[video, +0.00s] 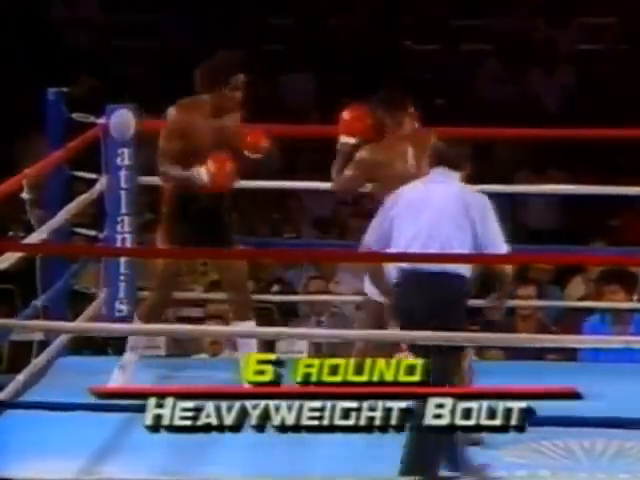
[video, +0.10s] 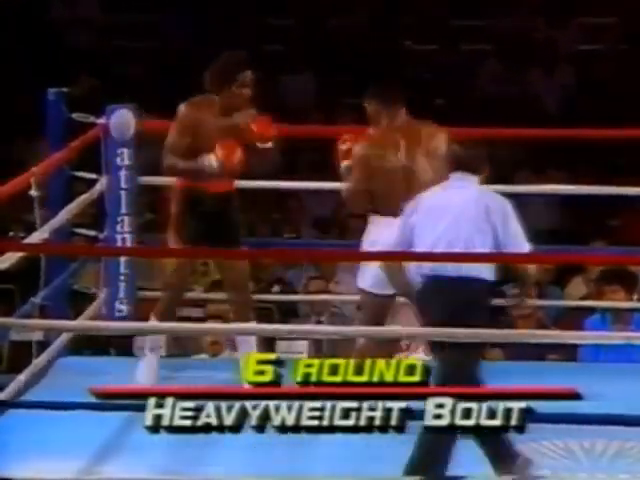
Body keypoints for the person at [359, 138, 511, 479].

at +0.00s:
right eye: (470, 170)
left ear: (430, 163)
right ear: (464, 170)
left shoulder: (401, 195)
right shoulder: (473, 199)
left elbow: (369, 252)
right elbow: (500, 260)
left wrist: (390, 292)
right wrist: (500, 298)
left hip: (408, 283)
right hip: (450, 284)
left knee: (434, 369)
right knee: (442, 374)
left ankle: (453, 454)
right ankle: (418, 465)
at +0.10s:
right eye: (489, 173)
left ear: (449, 168)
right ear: (483, 172)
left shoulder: (421, 201)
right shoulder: (494, 202)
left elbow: (391, 259)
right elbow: (520, 259)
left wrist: (411, 295)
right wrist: (528, 292)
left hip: (431, 289)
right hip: (474, 289)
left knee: (463, 379)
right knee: (451, 381)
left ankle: (507, 460)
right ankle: (424, 468)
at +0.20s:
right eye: (498, 168)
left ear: (459, 168)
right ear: (495, 170)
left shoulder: (434, 205)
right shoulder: (507, 201)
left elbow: (410, 265)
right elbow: (539, 261)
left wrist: (431, 298)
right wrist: (539, 290)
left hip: (449, 291)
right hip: (493, 290)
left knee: (479, 381)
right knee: (476, 382)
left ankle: (515, 464)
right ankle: (432, 469)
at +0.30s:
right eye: (514, 166)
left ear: (474, 168)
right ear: (512, 167)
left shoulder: (453, 202)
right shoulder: (526, 198)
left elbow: (434, 261)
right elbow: (556, 256)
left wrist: (456, 292)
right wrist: (569, 298)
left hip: (469, 290)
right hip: (513, 289)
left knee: (491, 373)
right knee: (526, 376)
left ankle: (513, 464)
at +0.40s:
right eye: (522, 161)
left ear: (486, 163)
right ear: (522, 161)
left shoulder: (464, 197)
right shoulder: (539, 194)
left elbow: (440, 256)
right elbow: (570, 255)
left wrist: (462, 286)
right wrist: (579, 308)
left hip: (482, 290)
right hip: (527, 289)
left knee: (500, 376)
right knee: (548, 371)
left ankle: (509, 458)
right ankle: (532, 440)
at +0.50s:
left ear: (500, 159)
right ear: (537, 159)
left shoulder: (479, 193)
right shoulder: (556, 190)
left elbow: (453, 252)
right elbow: (584, 251)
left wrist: (478, 281)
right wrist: (595, 303)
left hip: (498, 286)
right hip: (545, 284)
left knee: (506, 375)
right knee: (564, 368)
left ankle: (512, 464)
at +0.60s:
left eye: (508, 159)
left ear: (509, 161)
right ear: (545, 160)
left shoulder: (490, 195)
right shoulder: (568, 192)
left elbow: (461, 253)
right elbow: (595, 252)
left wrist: (490, 277)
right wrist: (604, 306)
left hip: (509, 285)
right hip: (554, 284)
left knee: (509, 374)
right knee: (572, 371)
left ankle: (513, 464)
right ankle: (598, 455)